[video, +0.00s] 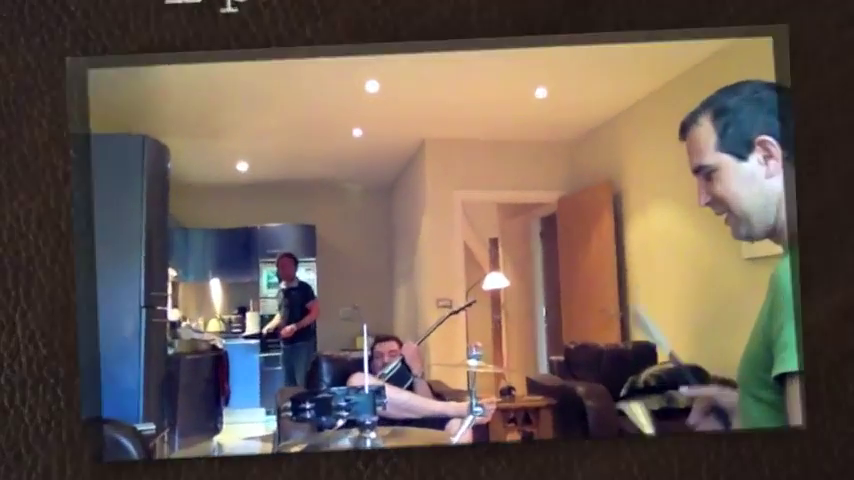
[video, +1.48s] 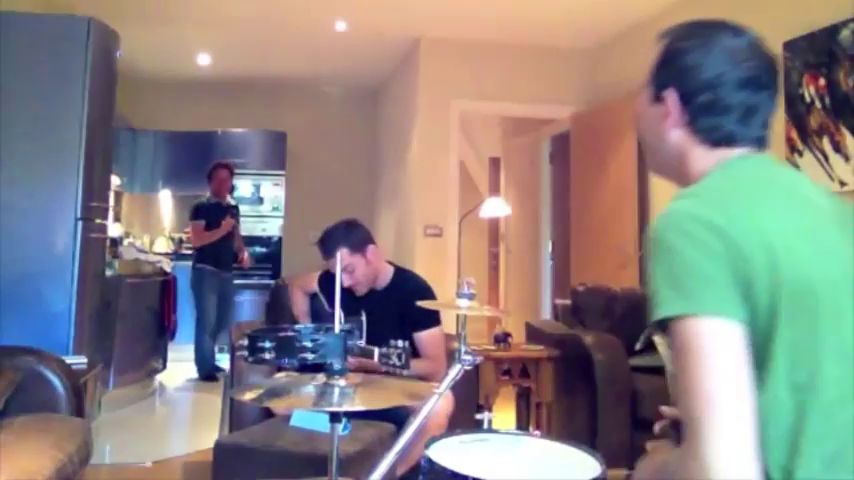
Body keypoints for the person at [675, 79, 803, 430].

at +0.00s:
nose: (703, 199)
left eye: (708, 174)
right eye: (698, 178)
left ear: (767, 157)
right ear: (766, 157)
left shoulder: (791, 273)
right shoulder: (791, 270)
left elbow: (811, 447)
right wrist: (745, 408)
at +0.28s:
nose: (705, 210)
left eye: (709, 180)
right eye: (702, 184)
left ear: (769, 163)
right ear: (770, 164)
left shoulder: (810, 293)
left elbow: (816, 466)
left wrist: (728, 474)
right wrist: (736, 471)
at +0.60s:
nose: (471, 278)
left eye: (466, 266)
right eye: (466, 265)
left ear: (485, 272)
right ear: (556, 221)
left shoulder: (545, 367)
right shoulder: (671, 257)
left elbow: (572, 474)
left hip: (767, 468)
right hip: (844, 438)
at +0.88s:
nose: (483, 254)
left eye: (477, 241)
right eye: (477, 239)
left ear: (498, 251)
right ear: (571, 202)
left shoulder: (550, 356)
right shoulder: (689, 249)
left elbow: (575, 473)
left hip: (764, 469)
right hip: (847, 438)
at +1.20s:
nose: (546, 179)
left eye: (549, 164)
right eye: (547, 162)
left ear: (571, 171)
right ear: (653, 147)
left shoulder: (597, 279)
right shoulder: (762, 226)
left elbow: (628, 471)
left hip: (749, 468)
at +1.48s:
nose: (638, 118)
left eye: (644, 100)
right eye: (641, 101)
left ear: (671, 108)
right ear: (759, 110)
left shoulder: (694, 220)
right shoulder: (834, 207)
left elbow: (723, 464)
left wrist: (660, 467)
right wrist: (710, 427)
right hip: (842, 466)